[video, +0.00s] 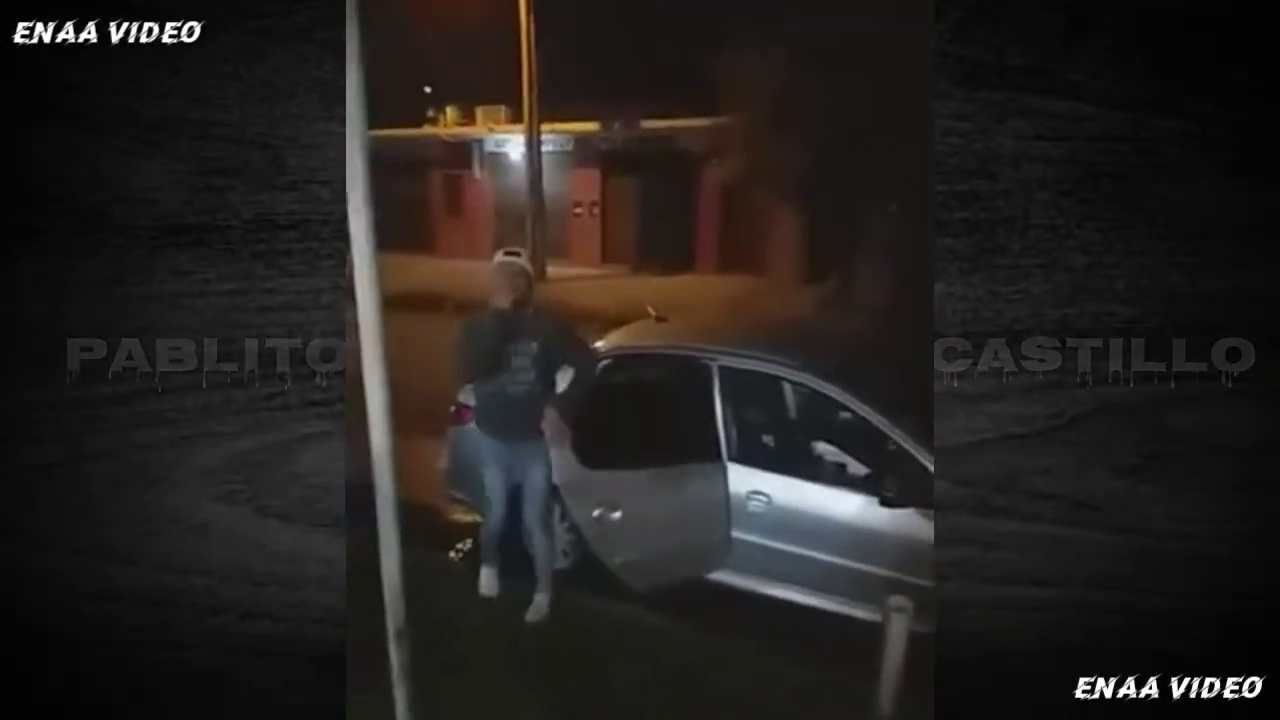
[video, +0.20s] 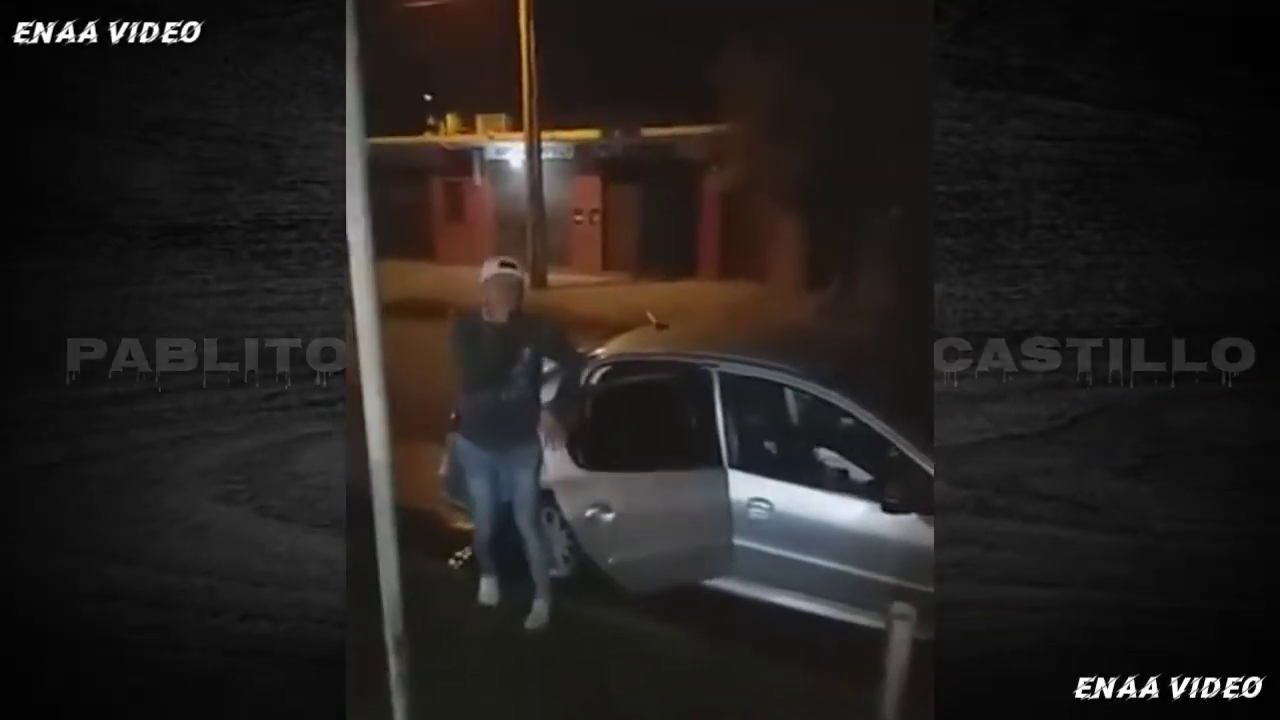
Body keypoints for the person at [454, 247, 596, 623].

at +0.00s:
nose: (505, 285)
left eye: (512, 277)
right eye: (500, 276)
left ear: (526, 283)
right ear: (492, 282)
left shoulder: (544, 326)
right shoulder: (478, 327)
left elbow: (586, 363)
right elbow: (469, 372)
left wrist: (562, 409)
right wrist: (496, 324)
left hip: (534, 435)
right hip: (492, 434)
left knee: (535, 520)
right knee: (496, 513)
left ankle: (543, 587)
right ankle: (488, 564)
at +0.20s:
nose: (501, 296)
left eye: (508, 288)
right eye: (495, 287)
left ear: (519, 293)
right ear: (483, 292)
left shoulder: (535, 330)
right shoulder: (466, 331)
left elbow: (572, 364)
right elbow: (469, 381)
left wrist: (558, 409)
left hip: (521, 441)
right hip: (476, 440)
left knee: (527, 522)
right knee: (483, 519)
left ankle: (541, 593)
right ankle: (487, 576)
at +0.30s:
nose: (506, 298)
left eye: (511, 290)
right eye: (499, 290)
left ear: (518, 294)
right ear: (481, 295)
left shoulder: (527, 330)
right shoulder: (463, 331)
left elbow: (562, 362)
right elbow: (457, 386)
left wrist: (552, 409)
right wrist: (449, 432)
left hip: (514, 443)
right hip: (470, 442)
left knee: (520, 522)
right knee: (477, 520)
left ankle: (533, 592)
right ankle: (482, 575)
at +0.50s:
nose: (521, 305)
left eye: (522, 297)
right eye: (514, 298)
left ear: (520, 300)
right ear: (491, 303)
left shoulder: (527, 335)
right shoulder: (469, 334)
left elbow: (552, 372)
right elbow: (470, 388)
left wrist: (548, 413)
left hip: (510, 444)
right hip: (468, 445)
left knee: (517, 522)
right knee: (476, 522)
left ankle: (520, 587)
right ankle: (480, 580)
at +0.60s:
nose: (532, 303)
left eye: (531, 296)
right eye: (525, 296)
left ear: (526, 297)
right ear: (504, 300)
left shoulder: (529, 334)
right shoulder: (476, 330)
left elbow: (552, 369)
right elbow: (487, 384)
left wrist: (552, 408)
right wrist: (528, 340)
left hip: (508, 438)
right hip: (468, 438)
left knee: (517, 516)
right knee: (476, 516)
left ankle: (519, 582)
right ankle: (480, 574)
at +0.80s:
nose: (562, 315)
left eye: (562, 308)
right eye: (556, 309)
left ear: (549, 312)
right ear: (534, 311)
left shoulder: (556, 346)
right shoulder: (510, 342)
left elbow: (574, 397)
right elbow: (529, 394)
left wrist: (564, 344)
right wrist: (558, 347)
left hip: (522, 432)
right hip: (482, 432)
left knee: (534, 506)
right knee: (496, 506)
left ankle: (534, 573)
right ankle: (494, 563)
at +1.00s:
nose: (574, 361)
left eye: (578, 355)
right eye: (571, 353)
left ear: (578, 355)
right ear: (556, 351)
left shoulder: (563, 382)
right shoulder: (526, 373)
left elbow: (558, 427)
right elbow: (534, 435)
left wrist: (578, 387)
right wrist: (567, 397)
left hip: (528, 452)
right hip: (488, 446)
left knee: (541, 515)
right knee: (504, 514)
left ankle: (537, 581)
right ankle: (498, 571)